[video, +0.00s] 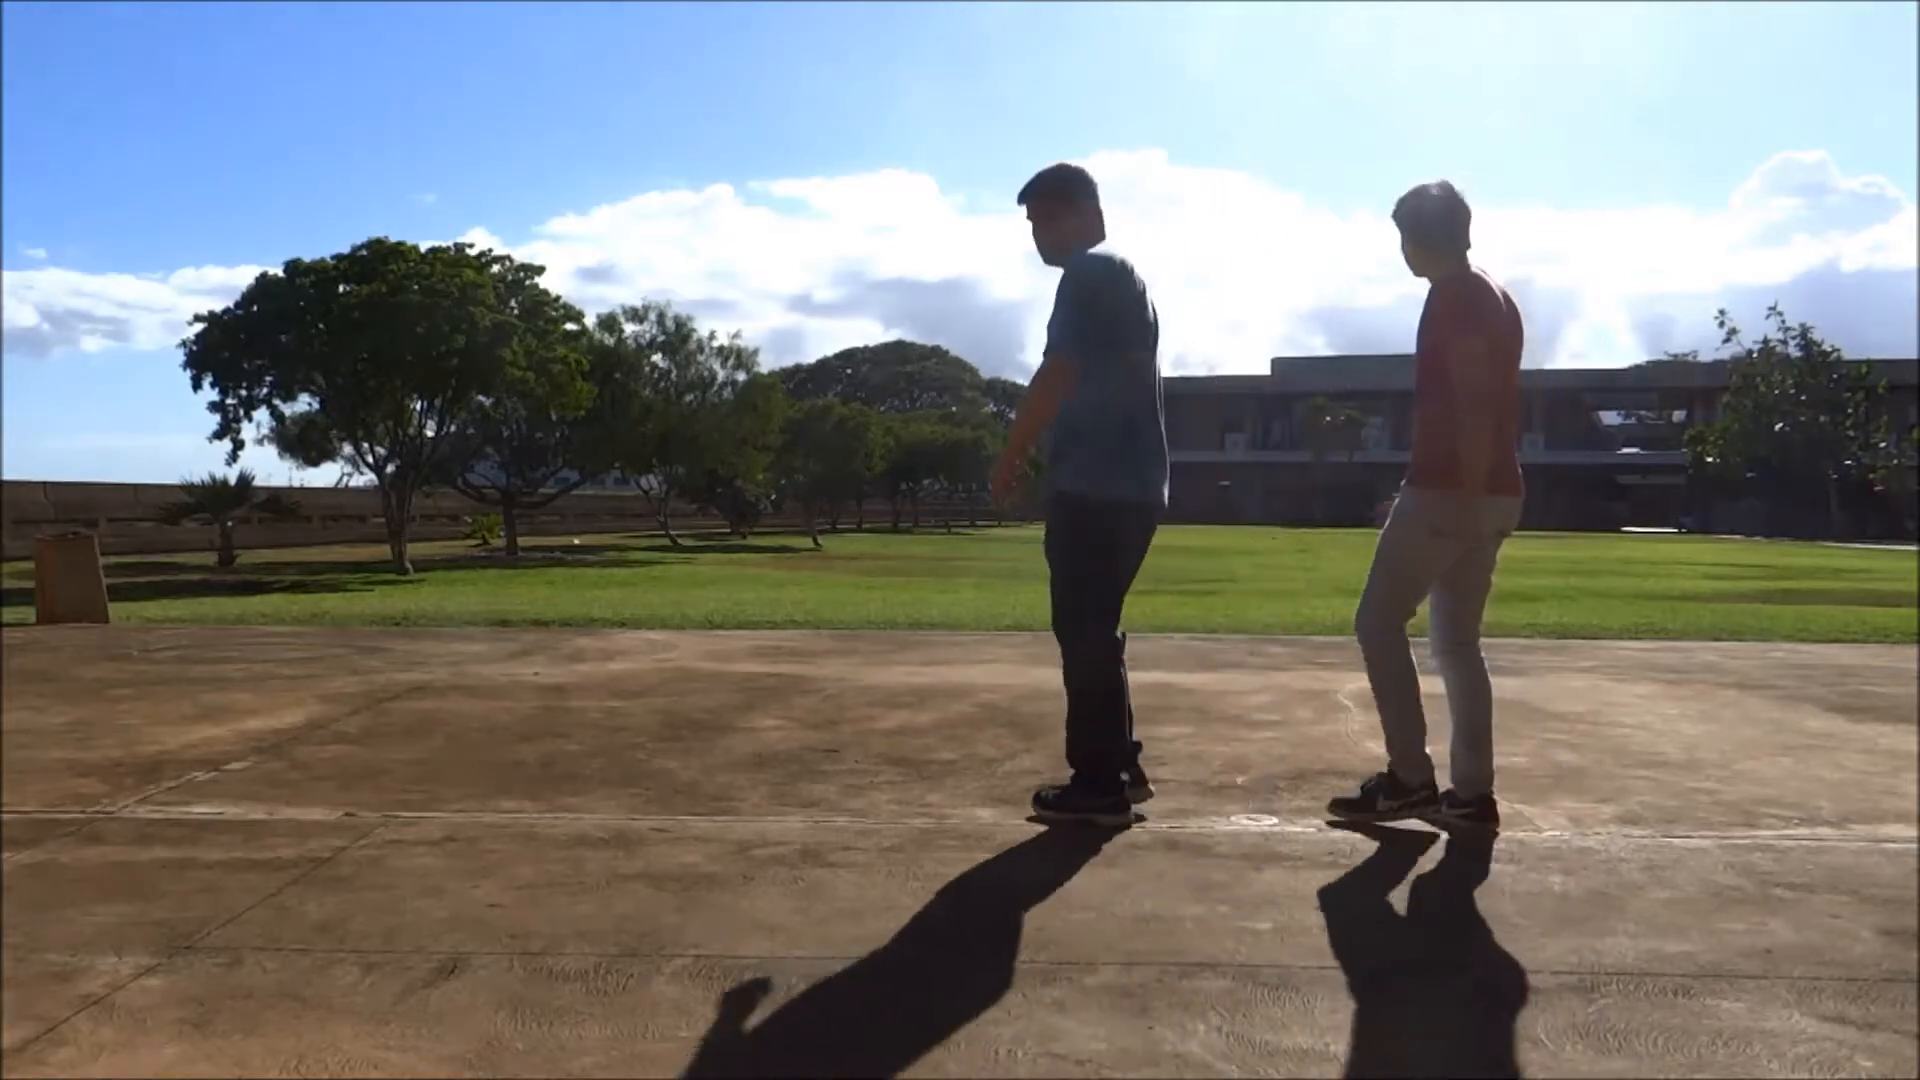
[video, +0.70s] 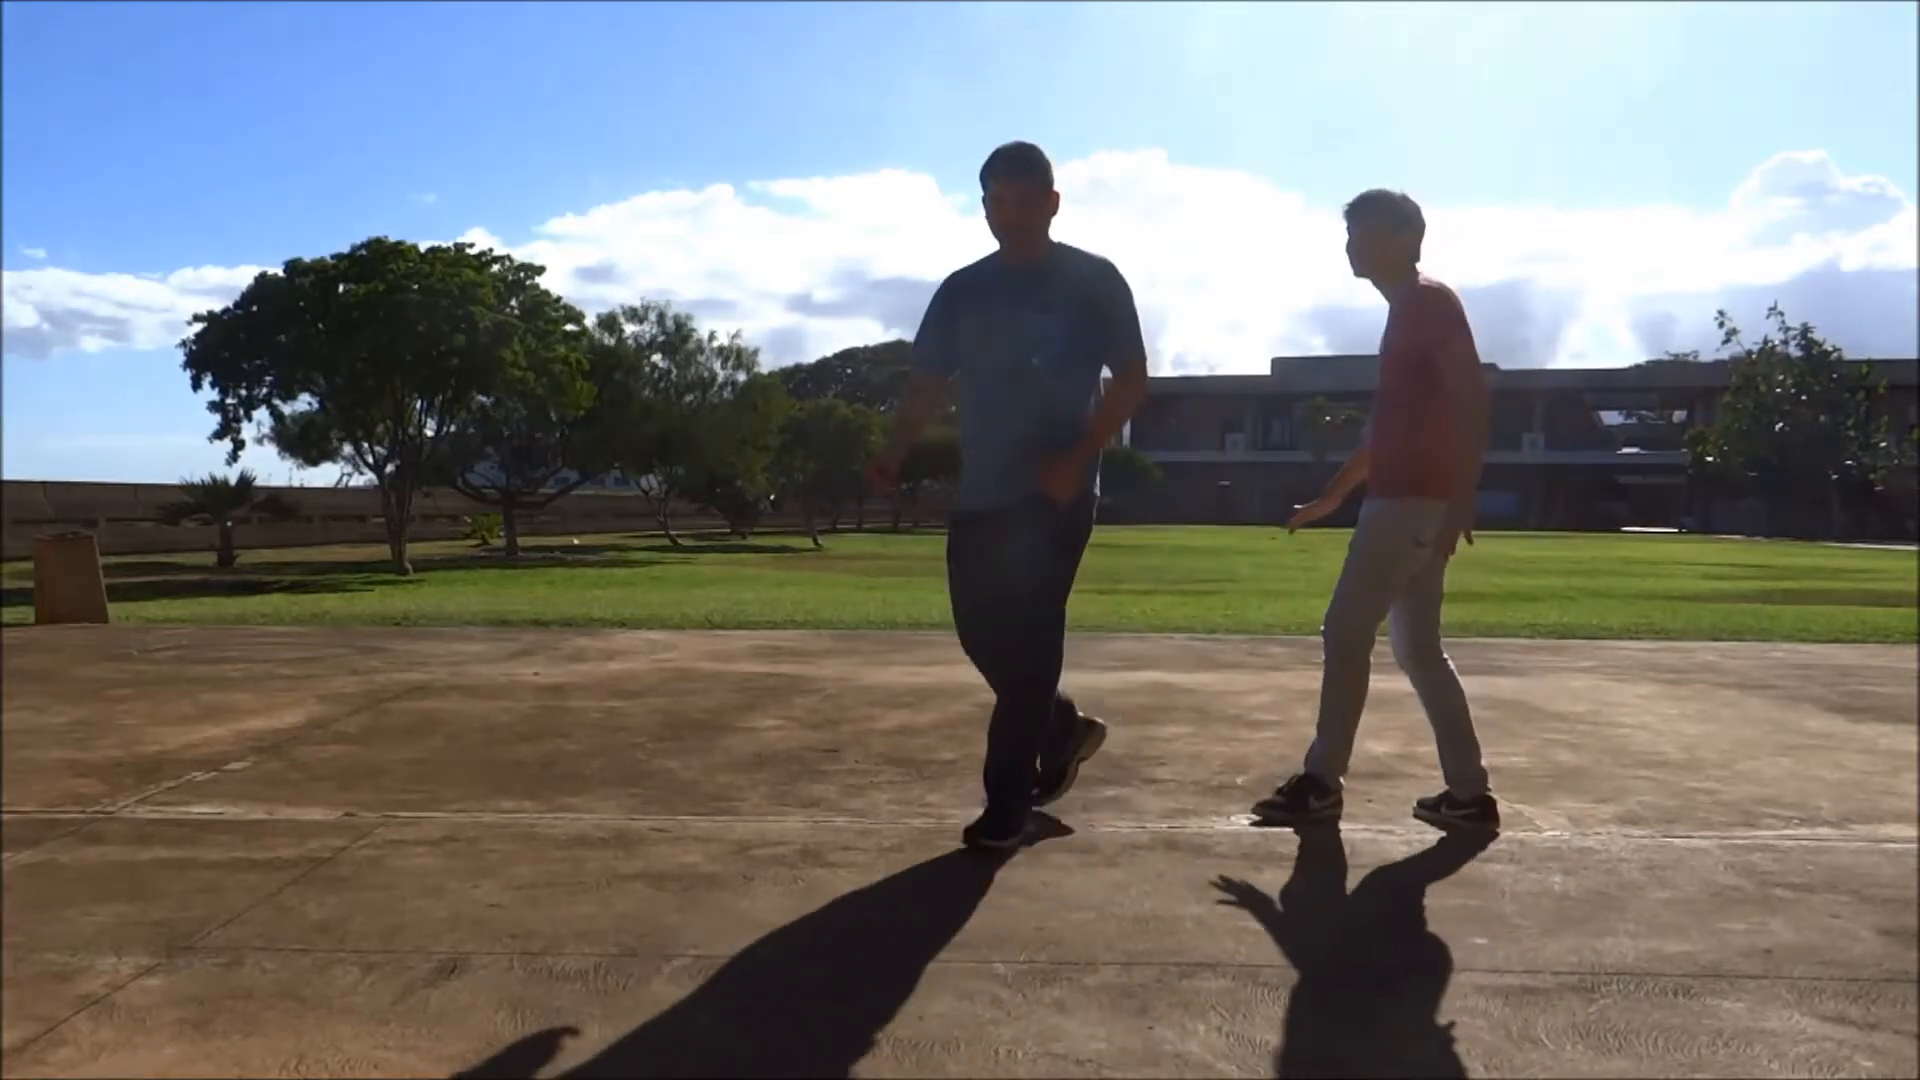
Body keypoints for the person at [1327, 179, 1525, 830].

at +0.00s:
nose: (1400, 250)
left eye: (1404, 236)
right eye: (1400, 236)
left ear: (1424, 237)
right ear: (1459, 232)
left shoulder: (1452, 300)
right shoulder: (1498, 303)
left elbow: (1473, 402)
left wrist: (1467, 492)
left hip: (1441, 494)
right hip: (1492, 497)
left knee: (1378, 623)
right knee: (1457, 640)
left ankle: (1408, 776)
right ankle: (1471, 795)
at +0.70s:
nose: (1348, 246)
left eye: (1358, 234)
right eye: (1349, 235)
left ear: (1397, 238)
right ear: (1387, 242)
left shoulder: (1430, 303)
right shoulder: (1406, 312)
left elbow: (1473, 401)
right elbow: (1391, 428)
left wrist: (1463, 501)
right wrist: (1332, 497)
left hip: (1406, 505)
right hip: (1417, 504)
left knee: (1345, 631)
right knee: (1418, 649)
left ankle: (1321, 785)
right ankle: (1469, 794)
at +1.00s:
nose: (1337, 249)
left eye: (1345, 235)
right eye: (1336, 236)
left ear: (1380, 237)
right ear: (1364, 241)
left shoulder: (1424, 306)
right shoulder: (1369, 326)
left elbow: (1464, 401)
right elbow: (1359, 428)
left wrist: (1457, 491)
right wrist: (1311, 503)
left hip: (1398, 501)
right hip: (1385, 501)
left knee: (1335, 632)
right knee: (1407, 649)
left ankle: (1322, 783)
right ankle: (1469, 790)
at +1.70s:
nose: (1269, 229)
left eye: (1277, 215)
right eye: (1268, 217)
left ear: (1312, 217)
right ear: (1281, 223)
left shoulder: (1358, 297)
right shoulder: (1286, 311)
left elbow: (1381, 400)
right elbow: (1292, 403)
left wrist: (1321, 474)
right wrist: (1279, 474)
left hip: (1328, 488)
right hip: (1282, 483)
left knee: (1310, 632)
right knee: (1242, 619)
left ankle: (1320, 780)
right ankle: (1299, 755)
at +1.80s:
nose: (1259, 231)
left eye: (1268, 217)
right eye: (1255, 220)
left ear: (1304, 217)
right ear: (1257, 226)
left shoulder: (1345, 297)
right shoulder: (1275, 310)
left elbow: (1363, 399)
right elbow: (1277, 406)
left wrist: (1301, 461)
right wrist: (1257, 479)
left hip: (1319, 489)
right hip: (1270, 488)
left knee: (1307, 631)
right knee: (1220, 615)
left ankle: (1320, 779)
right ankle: (1243, 760)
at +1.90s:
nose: (1244, 231)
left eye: (1254, 217)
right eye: (1240, 220)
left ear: (1287, 218)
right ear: (1243, 226)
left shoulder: (1329, 296)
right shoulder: (1258, 314)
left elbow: (1345, 398)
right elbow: (1265, 409)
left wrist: (1269, 455)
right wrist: (1239, 472)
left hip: (1304, 493)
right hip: (1255, 490)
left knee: (1302, 632)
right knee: (1204, 618)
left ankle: (1319, 779)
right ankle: (1186, 762)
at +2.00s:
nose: (1230, 232)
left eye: (1242, 218)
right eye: (1223, 222)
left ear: (1274, 221)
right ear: (1218, 231)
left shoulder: (1309, 296)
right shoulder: (1241, 315)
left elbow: (1324, 395)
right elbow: (1249, 403)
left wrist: (1229, 443)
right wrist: (1220, 461)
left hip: (1288, 495)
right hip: (1239, 493)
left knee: (1293, 636)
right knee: (1191, 624)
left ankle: (1319, 778)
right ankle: (1145, 759)